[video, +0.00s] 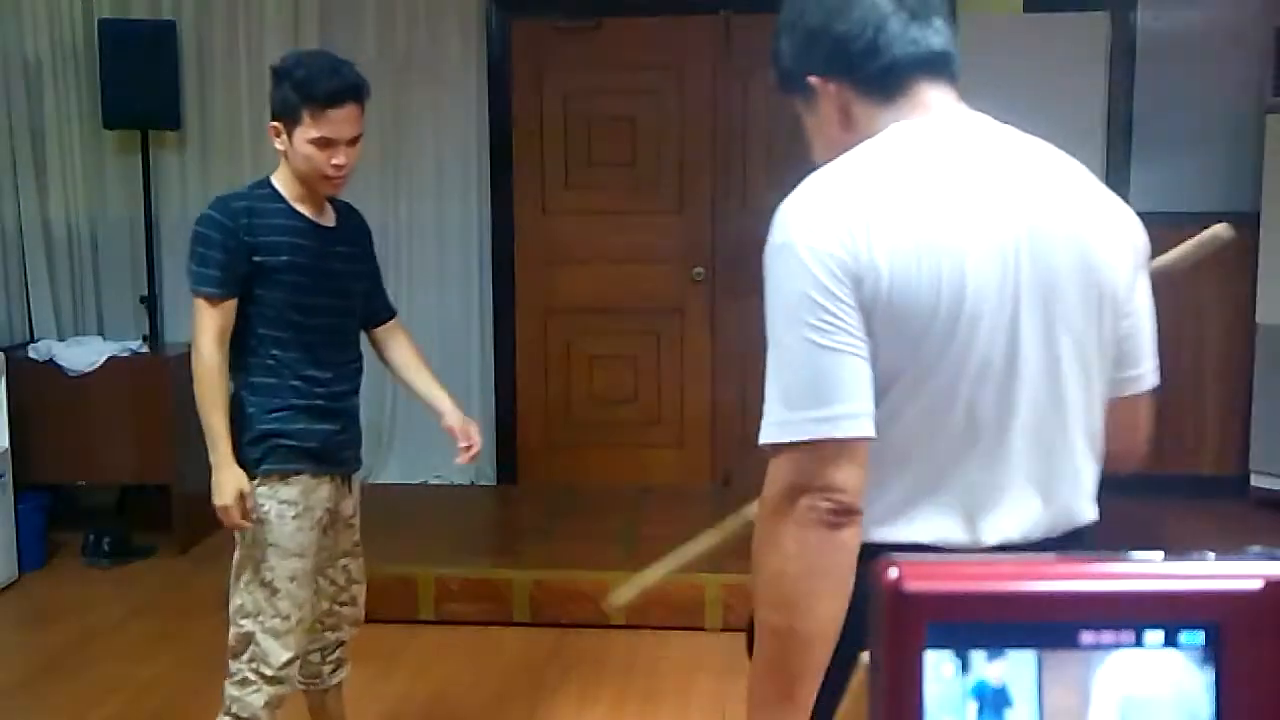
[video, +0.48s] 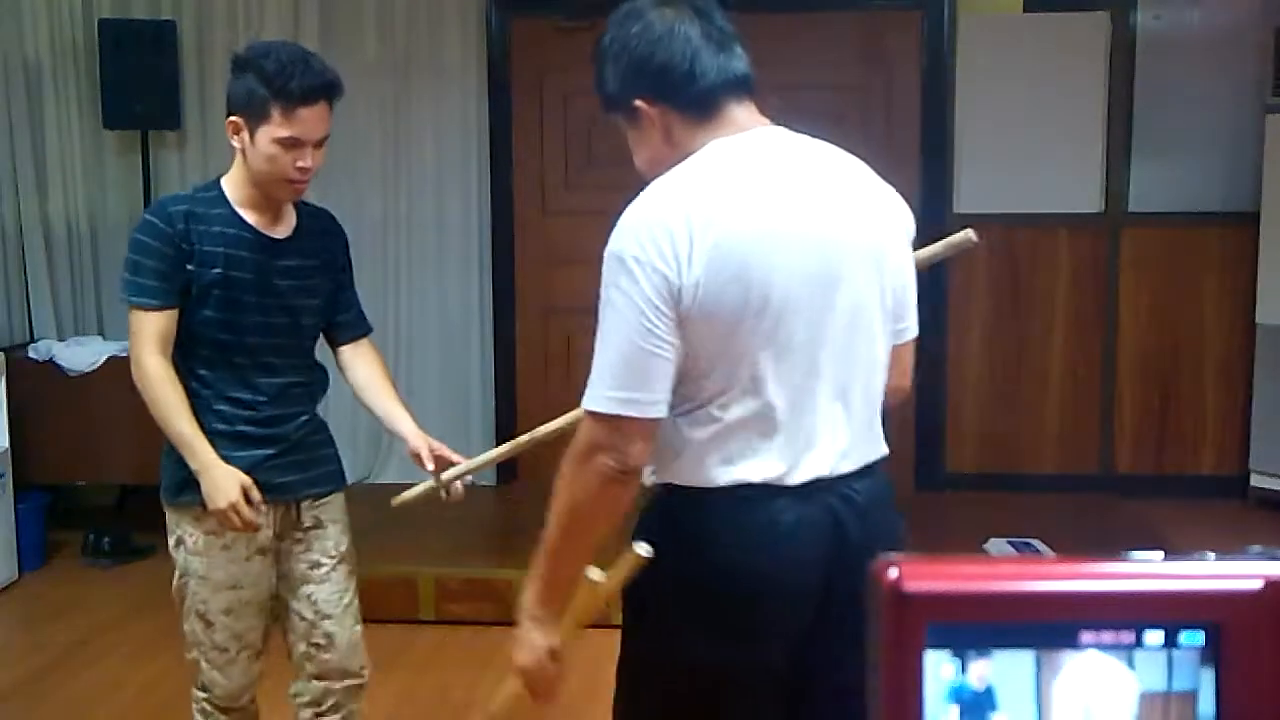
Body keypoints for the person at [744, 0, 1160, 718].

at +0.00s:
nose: (813, 146)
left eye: (804, 115)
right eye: (803, 119)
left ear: (829, 90)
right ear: (940, 66)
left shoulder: (827, 213)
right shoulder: (1100, 208)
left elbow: (823, 500)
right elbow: (1126, 440)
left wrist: (777, 711)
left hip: (888, 629)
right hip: (1058, 626)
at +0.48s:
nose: (637, 162)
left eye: (627, 134)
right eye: (626, 137)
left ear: (651, 114)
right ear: (741, 85)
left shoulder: (661, 219)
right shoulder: (869, 190)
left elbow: (614, 452)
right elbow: (894, 380)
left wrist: (540, 615)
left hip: (719, 549)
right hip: (860, 531)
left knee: (685, 709)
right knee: (842, 711)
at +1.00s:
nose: (648, 173)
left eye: (646, 152)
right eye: (638, 156)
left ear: (689, 132)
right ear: (734, 113)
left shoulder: (740, 209)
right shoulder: (813, 178)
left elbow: (757, 397)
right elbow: (816, 339)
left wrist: (656, 531)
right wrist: (693, 362)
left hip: (773, 489)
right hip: (835, 472)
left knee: (718, 704)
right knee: (782, 703)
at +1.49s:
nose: (765, 160)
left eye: (771, 140)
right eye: (760, 143)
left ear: (833, 124)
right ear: (827, 130)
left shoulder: (928, 206)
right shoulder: (834, 200)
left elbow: (942, 393)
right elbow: (828, 349)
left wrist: (800, 481)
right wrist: (743, 416)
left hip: (903, 498)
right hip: (820, 494)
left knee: (891, 700)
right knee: (795, 693)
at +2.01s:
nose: (920, 166)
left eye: (927, 148)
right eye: (916, 150)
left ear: (993, 130)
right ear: (992, 132)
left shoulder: (1095, 208)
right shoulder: (956, 195)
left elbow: (1140, 388)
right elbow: (954, 324)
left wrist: (988, 428)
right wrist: (888, 400)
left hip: (1055, 501)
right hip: (946, 488)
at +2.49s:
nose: (974, 163)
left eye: (983, 142)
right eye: (968, 146)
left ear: (1044, 126)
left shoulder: (1130, 202)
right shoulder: (1017, 204)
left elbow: (1126, 372)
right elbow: (1023, 335)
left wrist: (972, 352)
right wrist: (950, 380)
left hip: (1112, 459)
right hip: (1031, 456)